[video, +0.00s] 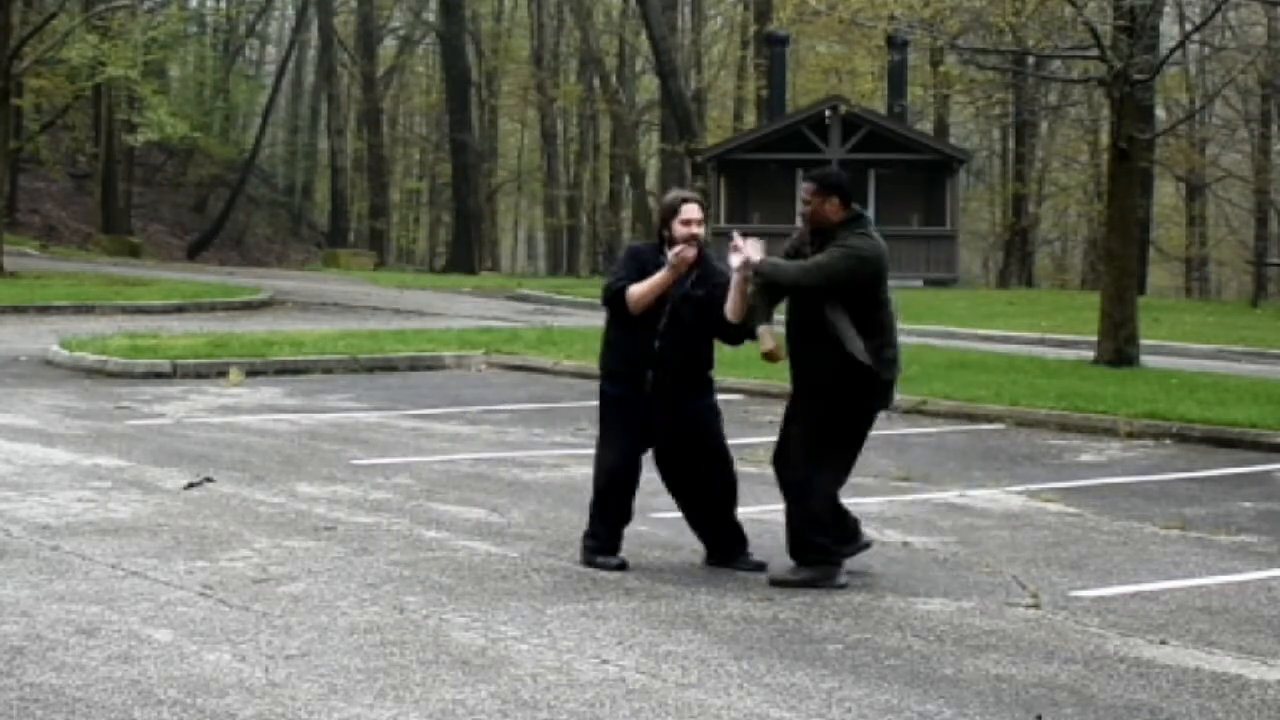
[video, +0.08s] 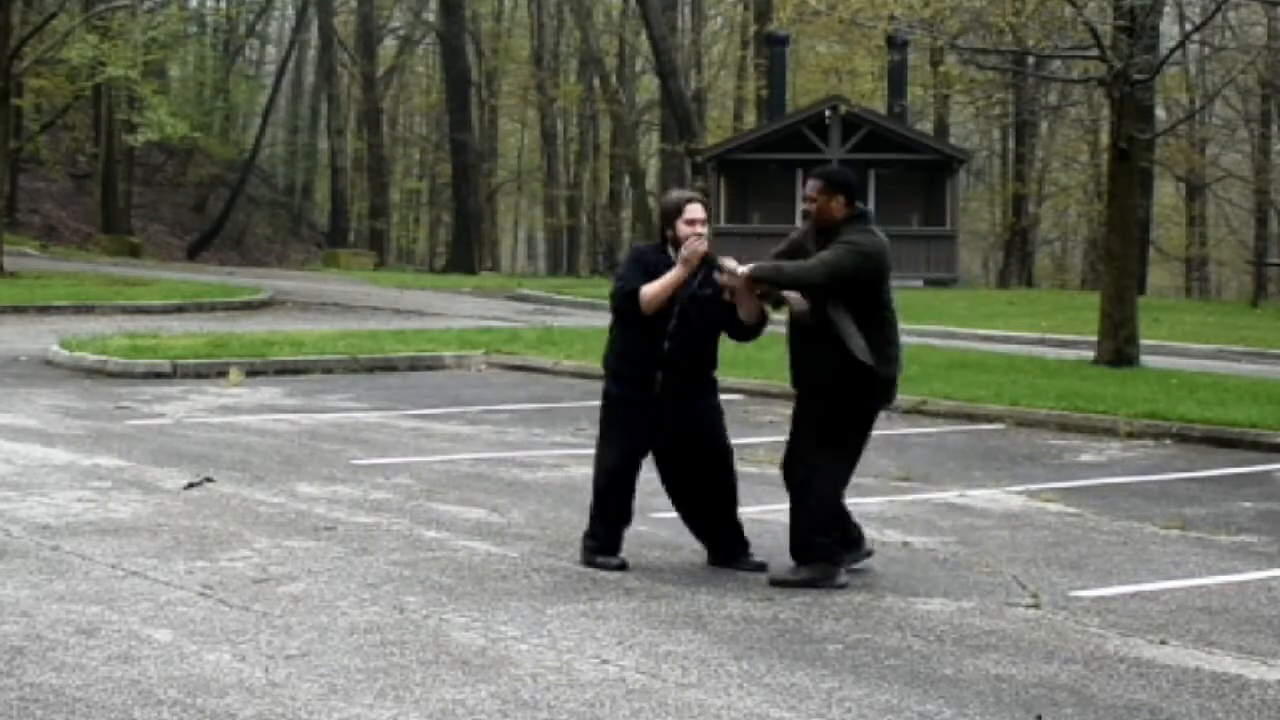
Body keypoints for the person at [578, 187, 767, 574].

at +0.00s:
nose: (694, 230)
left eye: (699, 223)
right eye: (686, 223)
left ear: (706, 228)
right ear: (666, 227)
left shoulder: (711, 273)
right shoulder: (639, 258)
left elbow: (732, 331)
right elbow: (621, 306)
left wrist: (740, 277)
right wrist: (670, 271)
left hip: (686, 391)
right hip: (630, 389)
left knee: (710, 470)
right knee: (616, 470)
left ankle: (725, 549)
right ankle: (600, 547)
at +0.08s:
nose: (698, 231)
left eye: (704, 223)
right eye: (690, 223)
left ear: (710, 228)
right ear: (670, 227)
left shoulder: (716, 274)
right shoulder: (643, 260)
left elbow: (747, 331)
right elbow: (628, 307)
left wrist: (744, 292)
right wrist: (682, 270)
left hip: (691, 391)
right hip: (634, 389)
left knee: (711, 470)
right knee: (615, 470)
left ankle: (727, 550)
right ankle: (600, 548)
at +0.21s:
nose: (704, 223)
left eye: (707, 215)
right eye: (695, 216)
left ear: (712, 219)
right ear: (672, 221)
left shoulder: (720, 262)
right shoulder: (654, 258)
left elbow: (762, 299)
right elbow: (698, 281)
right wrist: (739, 241)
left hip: (702, 387)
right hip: (647, 386)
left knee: (719, 469)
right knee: (623, 468)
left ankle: (729, 549)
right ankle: (602, 546)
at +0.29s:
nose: (703, 217)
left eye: (705, 210)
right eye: (693, 211)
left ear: (709, 214)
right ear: (671, 218)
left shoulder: (717, 252)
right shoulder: (664, 257)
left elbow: (762, 279)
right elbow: (722, 267)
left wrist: (795, 308)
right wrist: (745, 221)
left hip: (713, 384)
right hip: (661, 385)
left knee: (724, 467)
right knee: (634, 466)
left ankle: (729, 549)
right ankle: (601, 543)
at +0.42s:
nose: (696, 216)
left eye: (698, 209)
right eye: (686, 211)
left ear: (704, 211)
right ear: (663, 219)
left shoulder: (719, 247)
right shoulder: (658, 255)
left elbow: (767, 269)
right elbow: (727, 246)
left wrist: (806, 290)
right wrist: (751, 212)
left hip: (727, 380)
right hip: (677, 382)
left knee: (733, 469)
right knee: (653, 467)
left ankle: (731, 548)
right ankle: (595, 531)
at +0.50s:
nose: (699, 213)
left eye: (700, 206)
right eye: (689, 209)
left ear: (704, 208)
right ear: (667, 216)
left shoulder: (714, 245)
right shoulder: (662, 253)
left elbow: (763, 267)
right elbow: (730, 241)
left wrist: (805, 284)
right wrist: (759, 203)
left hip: (732, 378)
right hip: (683, 382)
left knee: (737, 468)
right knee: (664, 462)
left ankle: (731, 549)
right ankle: (602, 537)